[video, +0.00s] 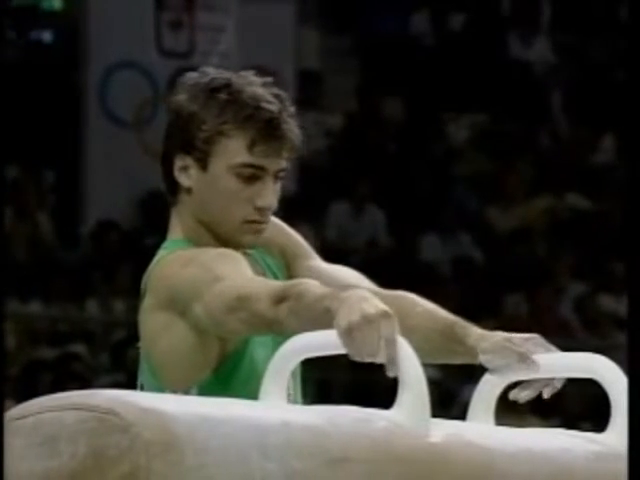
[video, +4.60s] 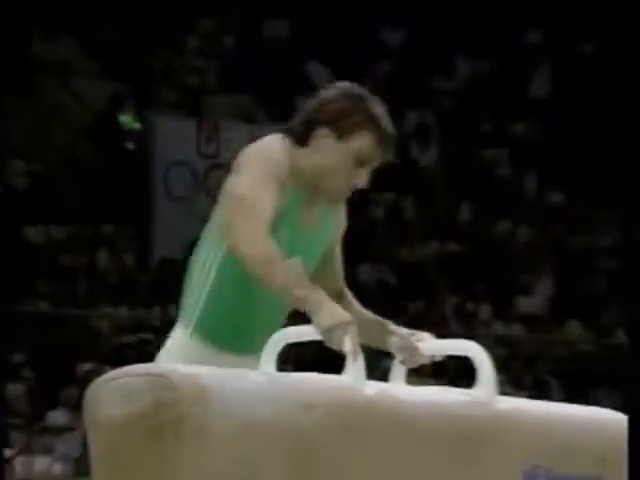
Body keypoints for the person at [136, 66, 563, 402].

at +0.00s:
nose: (268, 197)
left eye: (277, 178)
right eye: (248, 176)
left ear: (286, 172)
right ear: (186, 172)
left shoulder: (272, 241)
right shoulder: (188, 270)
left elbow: (371, 298)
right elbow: (271, 305)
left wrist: (477, 342)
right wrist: (339, 306)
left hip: (267, 466)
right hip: (199, 470)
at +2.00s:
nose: (251, 185)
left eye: (259, 165)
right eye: (228, 164)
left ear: (267, 164)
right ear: (168, 167)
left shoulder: (255, 237)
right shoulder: (182, 269)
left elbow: (356, 293)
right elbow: (270, 306)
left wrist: (480, 338)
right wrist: (342, 303)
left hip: (247, 465)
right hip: (186, 469)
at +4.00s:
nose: (243, 183)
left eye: (250, 161)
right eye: (219, 164)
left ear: (258, 157)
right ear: (161, 172)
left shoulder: (268, 210)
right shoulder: (169, 266)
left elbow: (381, 279)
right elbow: (268, 294)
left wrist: (476, 333)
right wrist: (342, 297)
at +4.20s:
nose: (228, 220)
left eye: (232, 195)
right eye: (201, 203)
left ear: (240, 186)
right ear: (141, 214)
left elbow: (387, 273)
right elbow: (258, 319)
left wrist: (471, 341)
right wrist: (352, 302)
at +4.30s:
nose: (217, 283)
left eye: (217, 262)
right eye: (189, 270)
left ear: (225, 255)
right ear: (130, 290)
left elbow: (344, 314)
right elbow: (263, 358)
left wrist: (462, 352)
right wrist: (350, 312)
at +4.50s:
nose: (285, 225)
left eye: (293, 211)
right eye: (274, 208)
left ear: (298, 208)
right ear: (226, 195)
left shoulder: (287, 251)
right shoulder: (189, 237)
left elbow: (346, 343)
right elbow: (235, 293)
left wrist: (411, 349)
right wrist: (323, 305)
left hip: (256, 430)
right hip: (181, 429)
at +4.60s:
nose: (363, 183)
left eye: (371, 171)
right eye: (360, 163)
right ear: (323, 137)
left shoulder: (332, 207)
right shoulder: (270, 155)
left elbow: (333, 298)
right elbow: (248, 242)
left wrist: (390, 337)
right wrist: (318, 305)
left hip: (251, 371)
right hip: (192, 363)